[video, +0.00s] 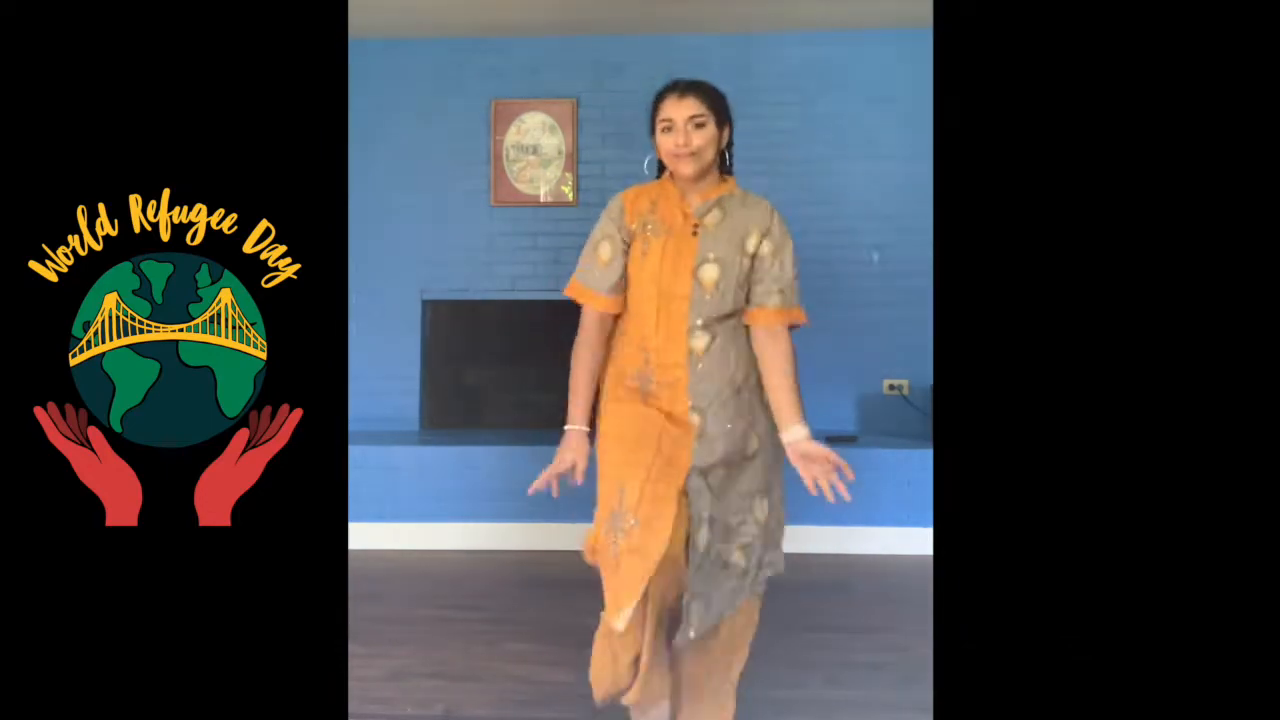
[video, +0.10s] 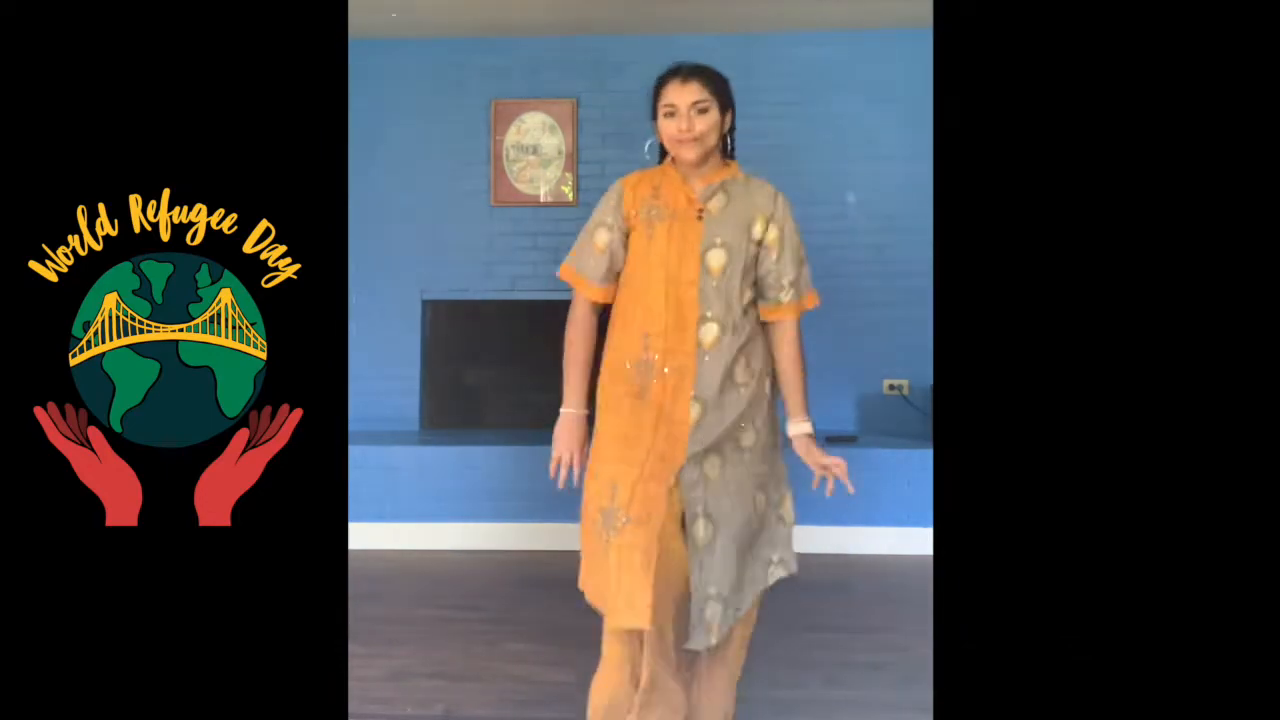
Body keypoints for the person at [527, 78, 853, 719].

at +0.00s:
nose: (682, 137)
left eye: (696, 124)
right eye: (668, 127)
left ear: (722, 134)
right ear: (655, 141)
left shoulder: (758, 221)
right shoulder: (627, 211)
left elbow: (771, 334)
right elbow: (594, 327)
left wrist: (795, 433)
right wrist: (575, 429)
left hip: (730, 429)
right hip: (638, 426)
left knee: (725, 584)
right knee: (644, 570)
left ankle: (705, 710)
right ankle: (643, 702)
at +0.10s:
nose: (684, 123)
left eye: (699, 110)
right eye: (671, 112)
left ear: (725, 118)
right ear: (656, 124)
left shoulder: (763, 204)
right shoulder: (628, 197)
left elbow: (783, 323)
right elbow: (586, 307)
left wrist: (801, 428)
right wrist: (573, 412)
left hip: (731, 431)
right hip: (636, 429)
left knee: (724, 610)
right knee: (637, 606)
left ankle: (708, 713)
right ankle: (635, 713)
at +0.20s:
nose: (687, 109)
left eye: (702, 96)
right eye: (673, 98)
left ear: (726, 102)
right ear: (657, 107)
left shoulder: (767, 175)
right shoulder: (630, 178)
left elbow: (792, 291)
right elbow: (586, 290)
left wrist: (793, 395)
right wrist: (572, 392)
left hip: (724, 405)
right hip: (631, 405)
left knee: (721, 576)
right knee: (635, 579)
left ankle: (715, 709)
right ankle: (644, 713)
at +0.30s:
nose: (688, 111)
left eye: (702, 98)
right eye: (673, 100)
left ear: (726, 104)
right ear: (657, 110)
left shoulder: (768, 166)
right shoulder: (630, 181)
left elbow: (811, 266)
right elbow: (586, 286)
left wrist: (782, 368)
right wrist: (572, 382)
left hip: (723, 395)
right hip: (632, 395)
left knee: (720, 554)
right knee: (635, 558)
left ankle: (718, 702)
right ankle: (642, 707)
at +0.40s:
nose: (690, 109)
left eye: (704, 96)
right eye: (675, 97)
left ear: (727, 105)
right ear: (656, 108)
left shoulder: (767, 177)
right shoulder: (626, 187)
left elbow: (849, 250)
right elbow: (581, 291)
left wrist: (784, 329)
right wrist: (569, 390)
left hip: (721, 393)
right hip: (631, 390)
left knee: (717, 540)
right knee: (632, 549)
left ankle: (706, 686)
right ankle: (646, 700)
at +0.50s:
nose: (691, 114)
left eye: (706, 102)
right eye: (677, 103)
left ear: (728, 112)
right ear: (658, 114)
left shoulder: (762, 190)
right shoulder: (622, 190)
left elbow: (855, 256)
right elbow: (565, 285)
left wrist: (788, 315)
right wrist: (582, 363)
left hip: (728, 418)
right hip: (635, 416)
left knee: (719, 593)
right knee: (632, 587)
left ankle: (695, 710)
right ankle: (629, 709)